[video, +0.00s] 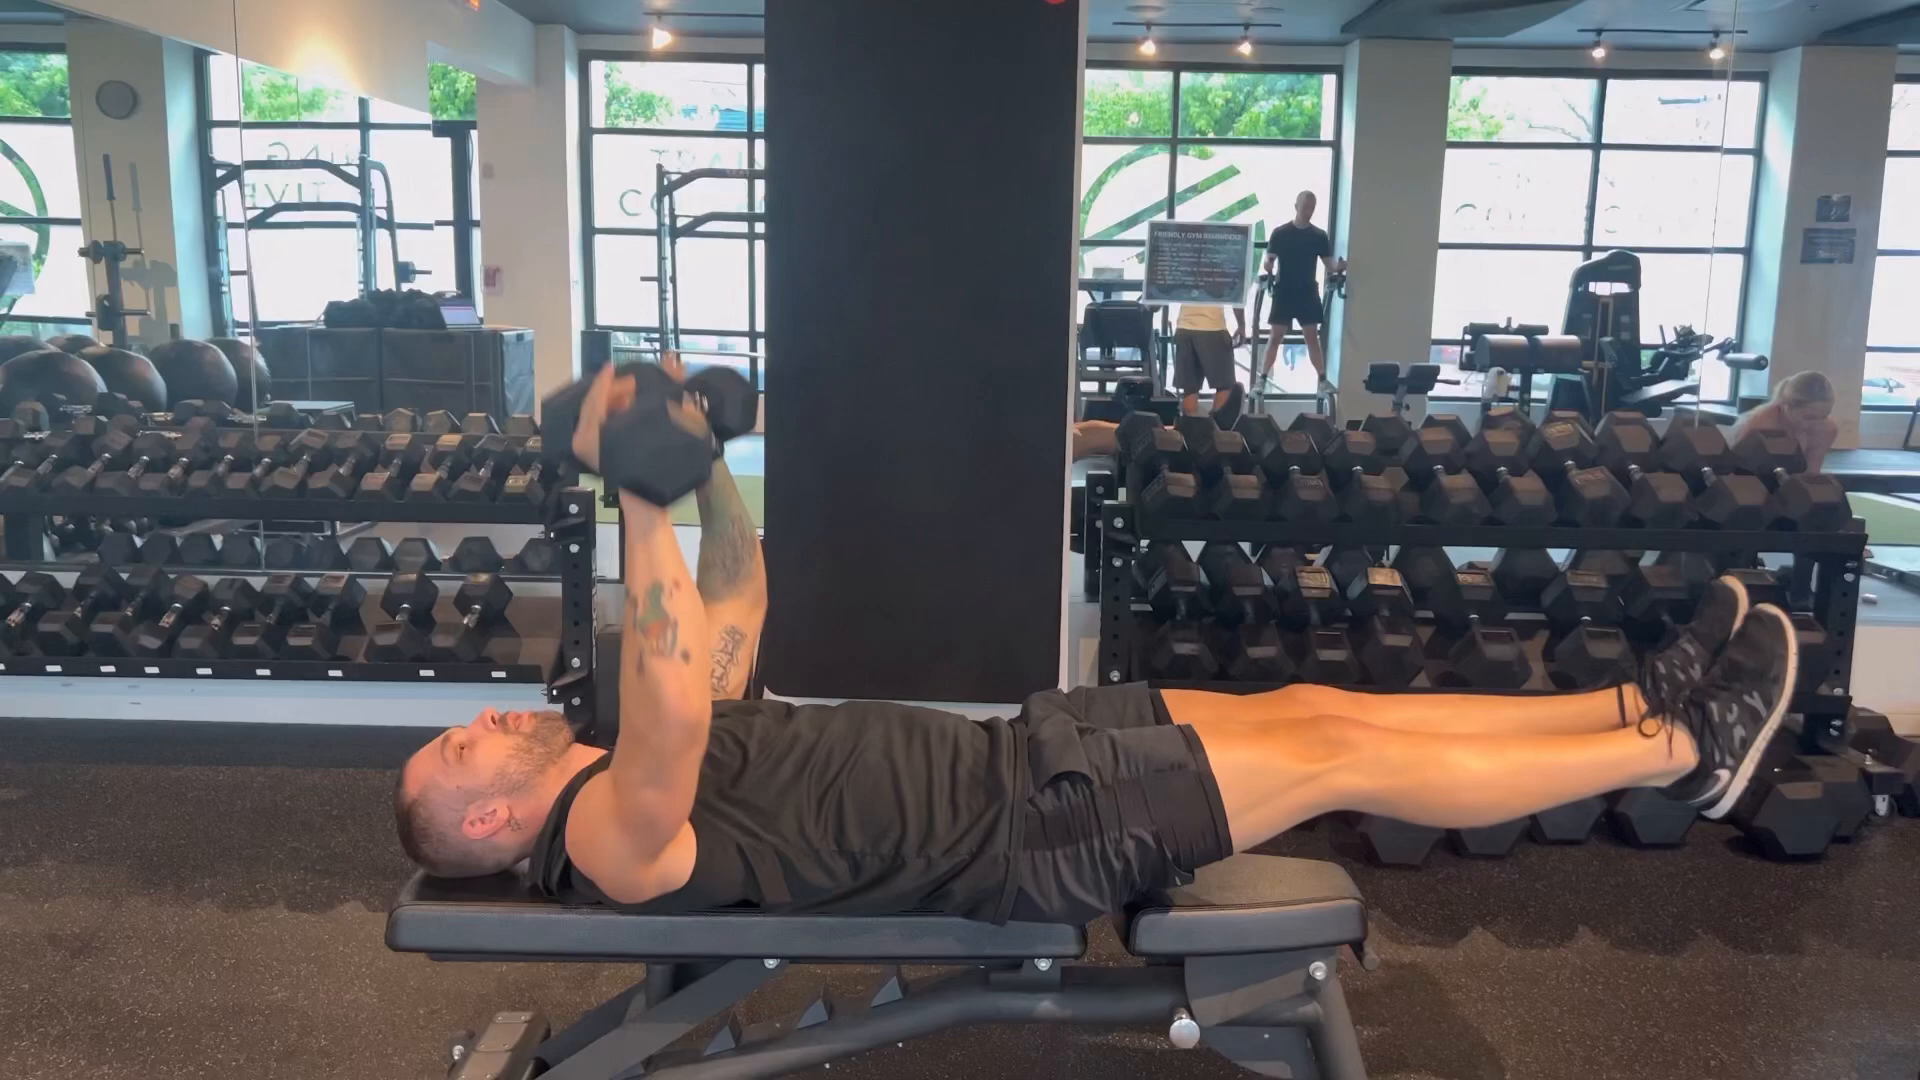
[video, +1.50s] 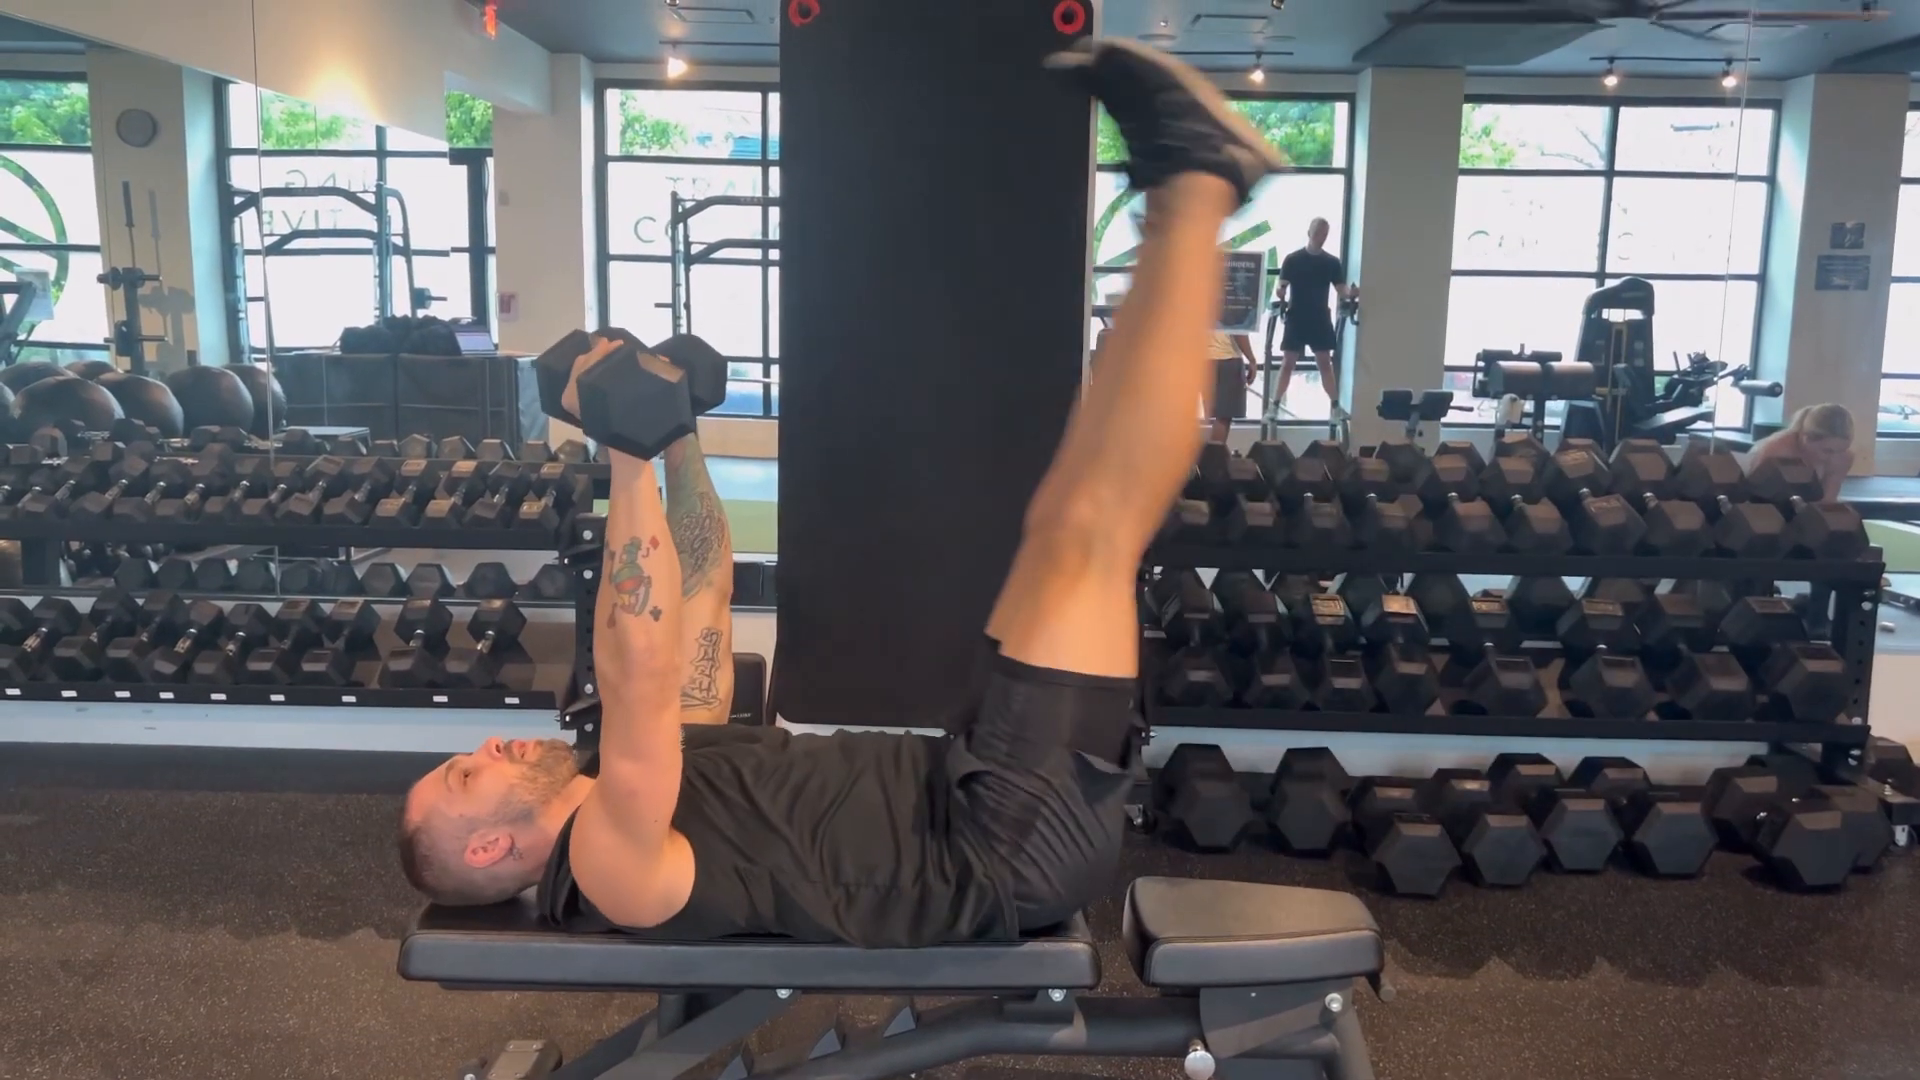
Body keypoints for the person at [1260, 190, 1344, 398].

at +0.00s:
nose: (1308, 211)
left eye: (1311, 207)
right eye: (1304, 206)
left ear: (1314, 208)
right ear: (1296, 206)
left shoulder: (1319, 236)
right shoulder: (1280, 233)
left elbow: (1330, 265)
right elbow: (1268, 262)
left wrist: (1341, 266)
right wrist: (1270, 273)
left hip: (1308, 291)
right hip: (1284, 290)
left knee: (1312, 337)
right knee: (1276, 336)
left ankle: (1322, 380)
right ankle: (1262, 378)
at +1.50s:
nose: (1320, 238)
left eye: (1323, 234)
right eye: (1317, 233)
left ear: (1326, 235)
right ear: (1309, 233)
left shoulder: (1332, 263)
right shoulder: (1292, 259)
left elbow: (1341, 290)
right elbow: (1281, 288)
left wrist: (1351, 293)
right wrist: (1282, 300)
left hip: (1320, 318)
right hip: (1296, 317)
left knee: (1325, 363)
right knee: (1288, 363)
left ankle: (1335, 405)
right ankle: (1275, 404)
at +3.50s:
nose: (1318, 261)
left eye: (1322, 257)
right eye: (1315, 256)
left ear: (1325, 257)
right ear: (1307, 252)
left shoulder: (1329, 280)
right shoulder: (1291, 277)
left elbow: (1336, 309)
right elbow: (1278, 305)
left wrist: (1347, 308)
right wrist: (1278, 307)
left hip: (1318, 333)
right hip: (1294, 332)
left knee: (1328, 376)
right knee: (1285, 374)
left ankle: (1332, 421)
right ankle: (1272, 418)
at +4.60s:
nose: (1307, 282)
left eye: (1310, 278)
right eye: (1303, 278)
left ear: (1315, 278)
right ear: (1297, 277)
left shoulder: (1321, 300)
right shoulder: (1285, 300)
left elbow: (1333, 323)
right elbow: (1271, 324)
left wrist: (1344, 319)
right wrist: (1272, 319)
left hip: (1314, 352)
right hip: (1291, 353)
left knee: (1314, 399)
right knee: (1290, 399)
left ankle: (1311, 442)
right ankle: (1286, 441)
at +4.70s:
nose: (1306, 284)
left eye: (1309, 280)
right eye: (1302, 279)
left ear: (1314, 280)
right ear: (1296, 279)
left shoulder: (1320, 301)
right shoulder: (1284, 301)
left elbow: (1334, 323)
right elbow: (1272, 333)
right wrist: (1273, 321)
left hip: (1312, 356)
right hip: (1289, 356)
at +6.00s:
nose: (1304, 289)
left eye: (1307, 285)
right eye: (1300, 285)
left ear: (1311, 288)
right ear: (1293, 288)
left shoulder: (1320, 313)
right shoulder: (1283, 313)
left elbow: (1332, 336)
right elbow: (1270, 333)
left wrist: (1343, 330)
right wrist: (1270, 334)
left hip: (1312, 368)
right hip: (1289, 368)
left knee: (1308, 416)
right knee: (1289, 416)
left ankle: (1306, 454)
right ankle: (1284, 456)